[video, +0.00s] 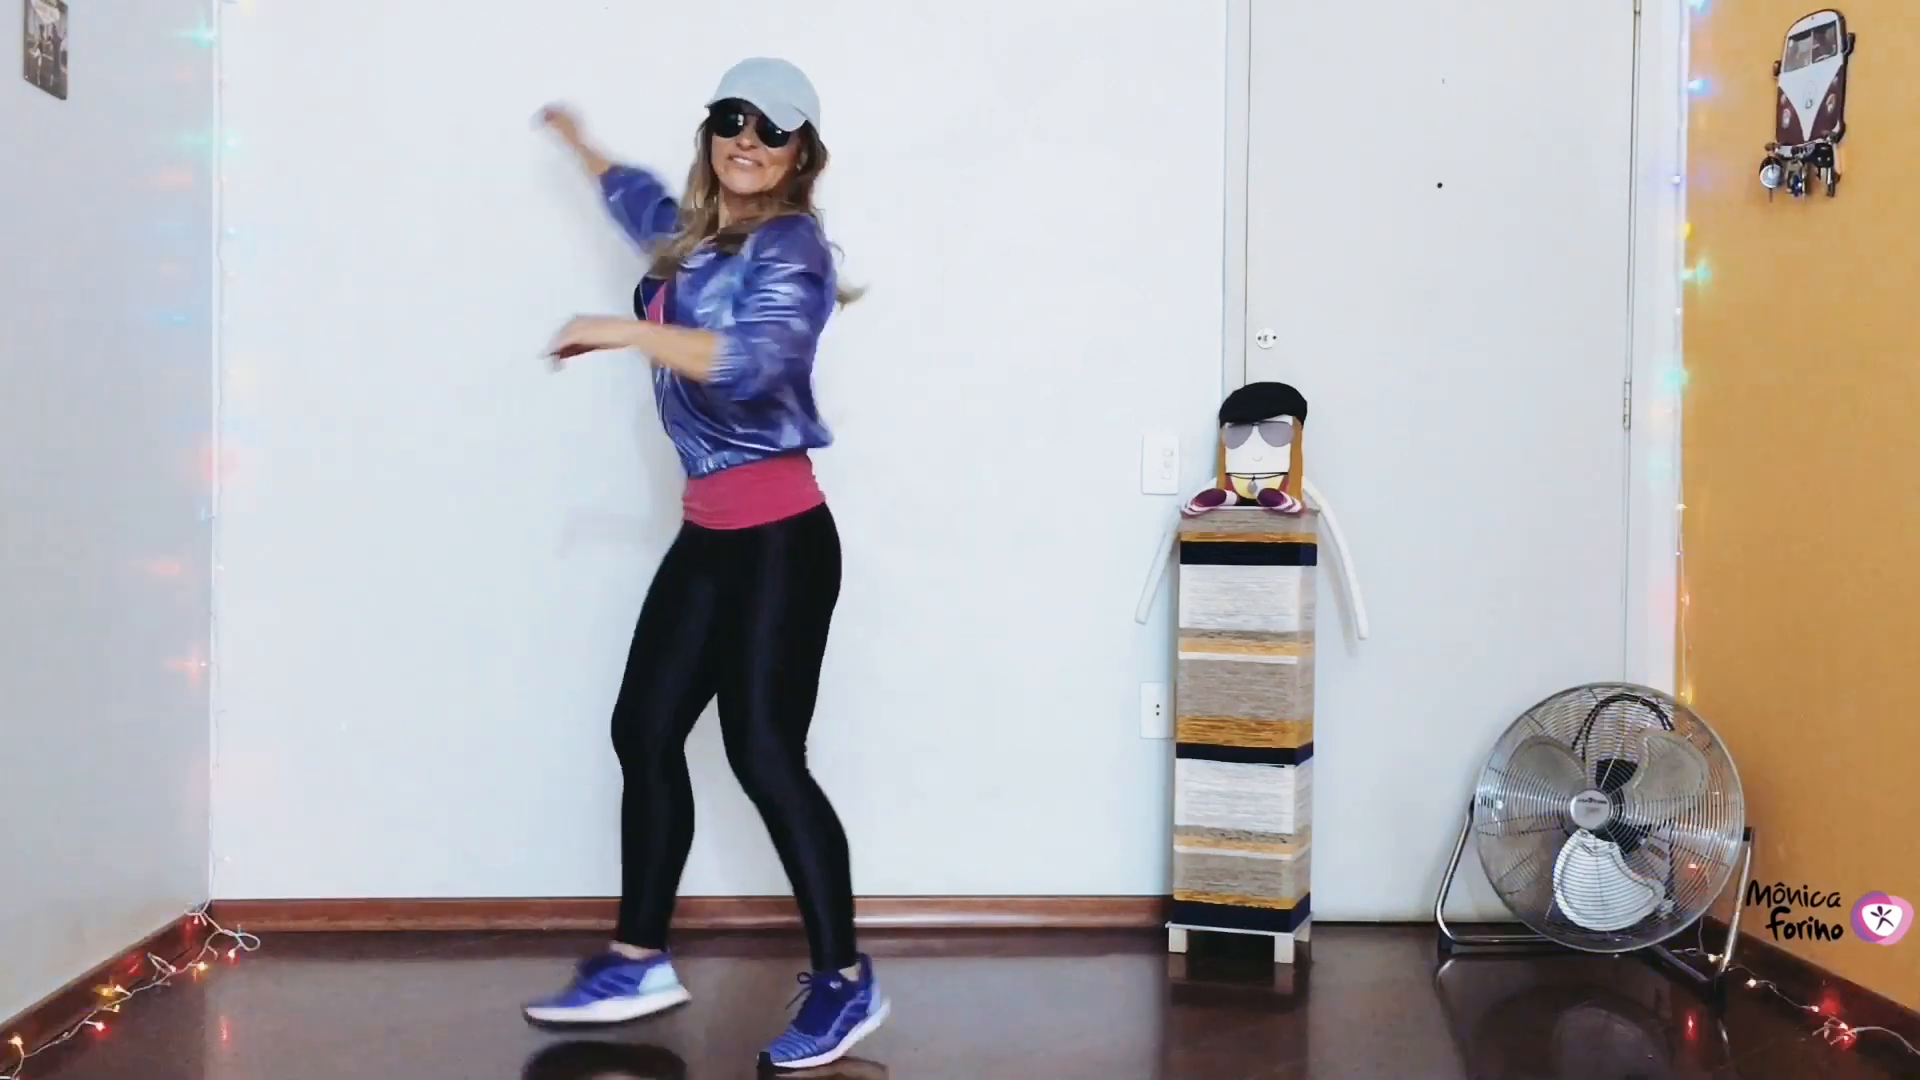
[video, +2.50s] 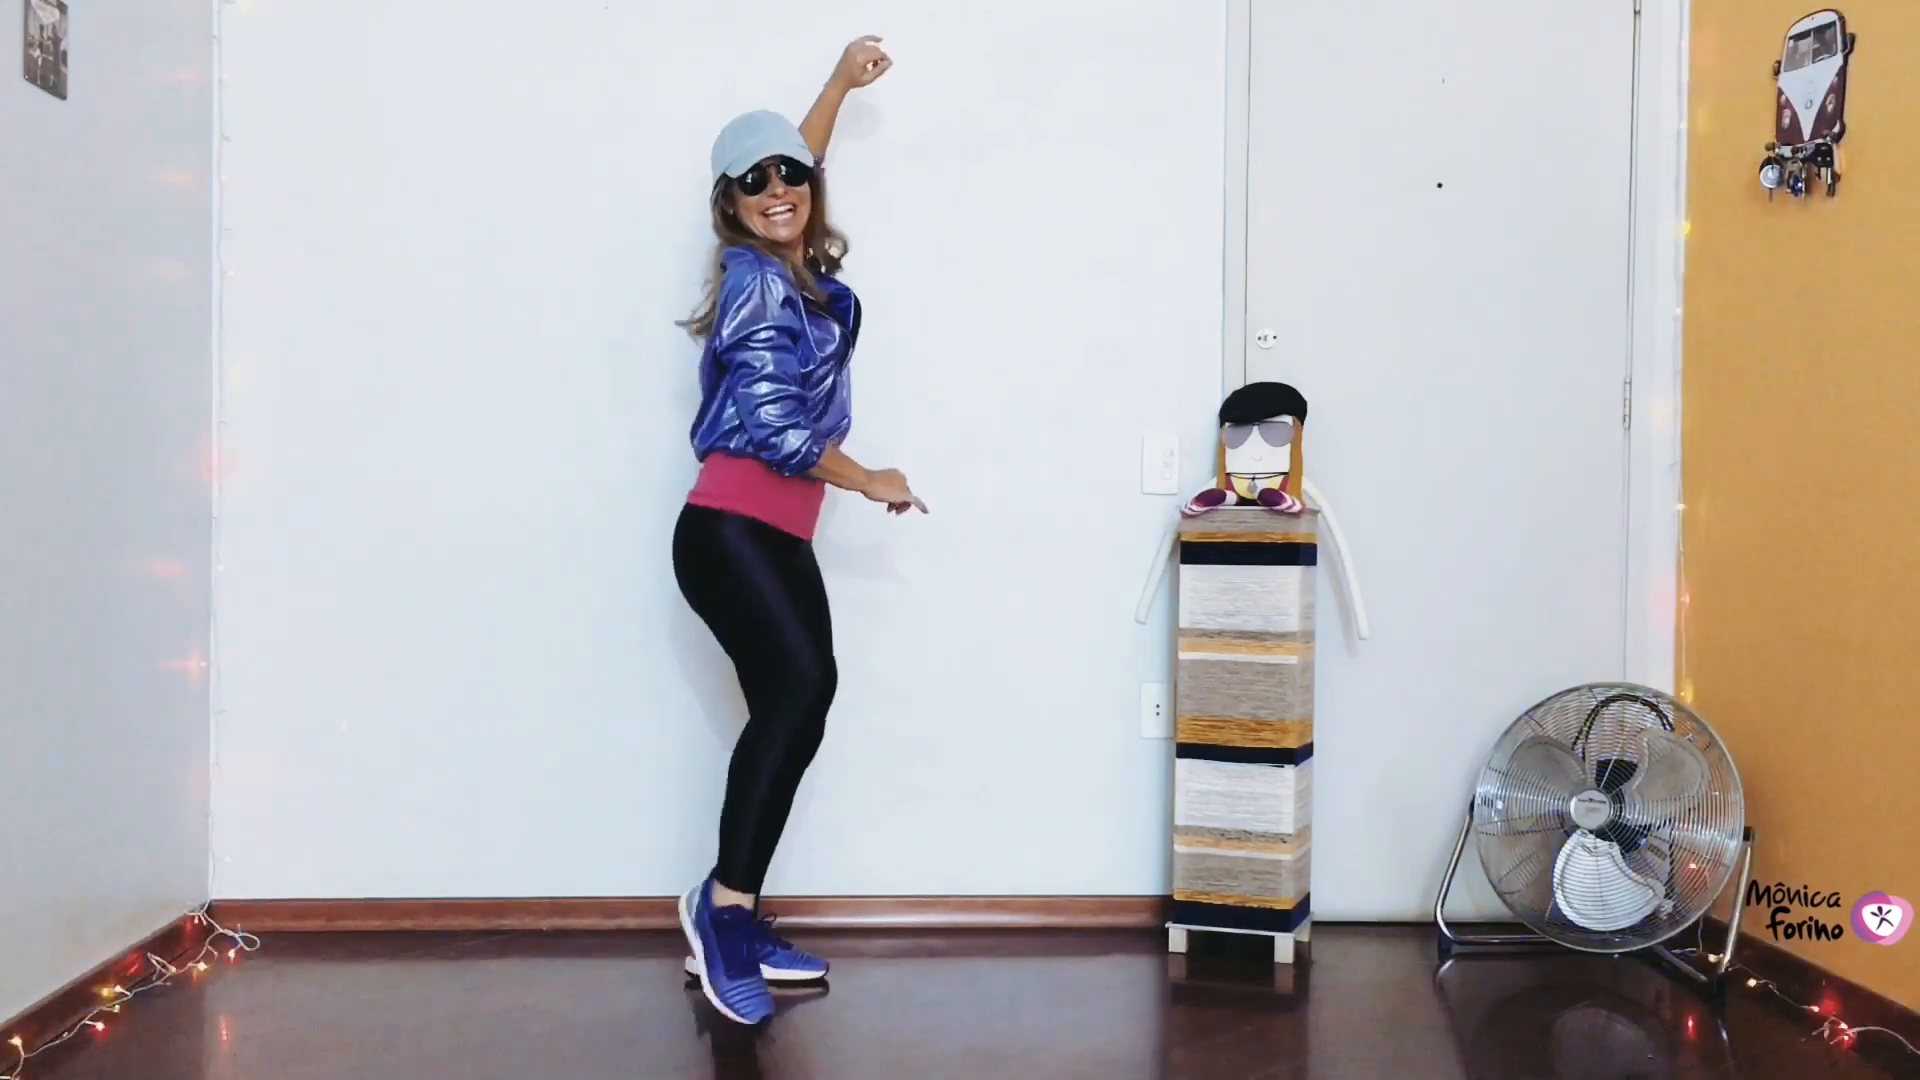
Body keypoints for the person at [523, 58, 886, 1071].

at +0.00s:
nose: (745, 143)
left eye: (769, 133)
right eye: (731, 124)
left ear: (799, 153)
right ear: (706, 135)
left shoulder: (791, 246)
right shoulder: (692, 236)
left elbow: (757, 362)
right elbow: (636, 202)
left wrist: (633, 331)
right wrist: (583, 146)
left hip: (784, 538)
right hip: (706, 536)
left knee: (764, 751)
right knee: (645, 729)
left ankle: (842, 981)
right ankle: (640, 960)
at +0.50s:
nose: (708, 215)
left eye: (732, 204)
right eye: (697, 194)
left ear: (758, 218)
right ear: (677, 199)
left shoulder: (743, 298)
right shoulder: (676, 271)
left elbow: (703, 439)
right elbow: (654, 168)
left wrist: (603, 456)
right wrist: (646, 53)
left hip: (746, 549)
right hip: (680, 548)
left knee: (684, 709)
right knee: (645, 718)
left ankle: (726, 935)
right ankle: (706, 918)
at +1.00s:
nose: (725, 190)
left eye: (746, 183)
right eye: (714, 171)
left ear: (764, 203)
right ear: (687, 179)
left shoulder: (756, 284)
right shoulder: (669, 266)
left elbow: (762, 419)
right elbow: (622, 175)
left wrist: (655, 440)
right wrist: (621, 77)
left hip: (758, 521)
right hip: (695, 532)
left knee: (726, 702)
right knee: (671, 714)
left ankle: (759, 919)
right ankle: (713, 912)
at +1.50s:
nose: (751, 198)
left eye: (772, 186)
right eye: (734, 183)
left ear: (798, 207)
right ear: (707, 203)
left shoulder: (845, 301)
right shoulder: (674, 326)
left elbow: (969, 343)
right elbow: (590, 440)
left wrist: (1001, 375)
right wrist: (469, 398)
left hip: (825, 577)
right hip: (723, 576)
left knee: (806, 773)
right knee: (614, 712)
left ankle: (821, 985)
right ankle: (687, 888)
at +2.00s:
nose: (760, 166)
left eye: (775, 148)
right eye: (737, 156)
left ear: (800, 162)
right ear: (714, 180)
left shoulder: (791, 239)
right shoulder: (730, 278)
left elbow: (814, 154)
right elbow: (750, 440)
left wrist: (900, 104)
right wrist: (864, 492)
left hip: (731, 532)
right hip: (665, 530)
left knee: (816, 698)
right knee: (674, 736)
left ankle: (795, 900)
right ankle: (622, 968)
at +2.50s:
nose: (776, 196)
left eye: (789, 181)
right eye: (755, 186)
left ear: (808, 191)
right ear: (732, 204)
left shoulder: (797, 267)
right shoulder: (757, 285)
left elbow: (802, 170)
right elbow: (759, 417)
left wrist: (839, 83)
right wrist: (861, 478)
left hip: (782, 537)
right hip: (730, 528)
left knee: (806, 701)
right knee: (789, 699)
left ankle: (740, 909)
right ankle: (724, 909)